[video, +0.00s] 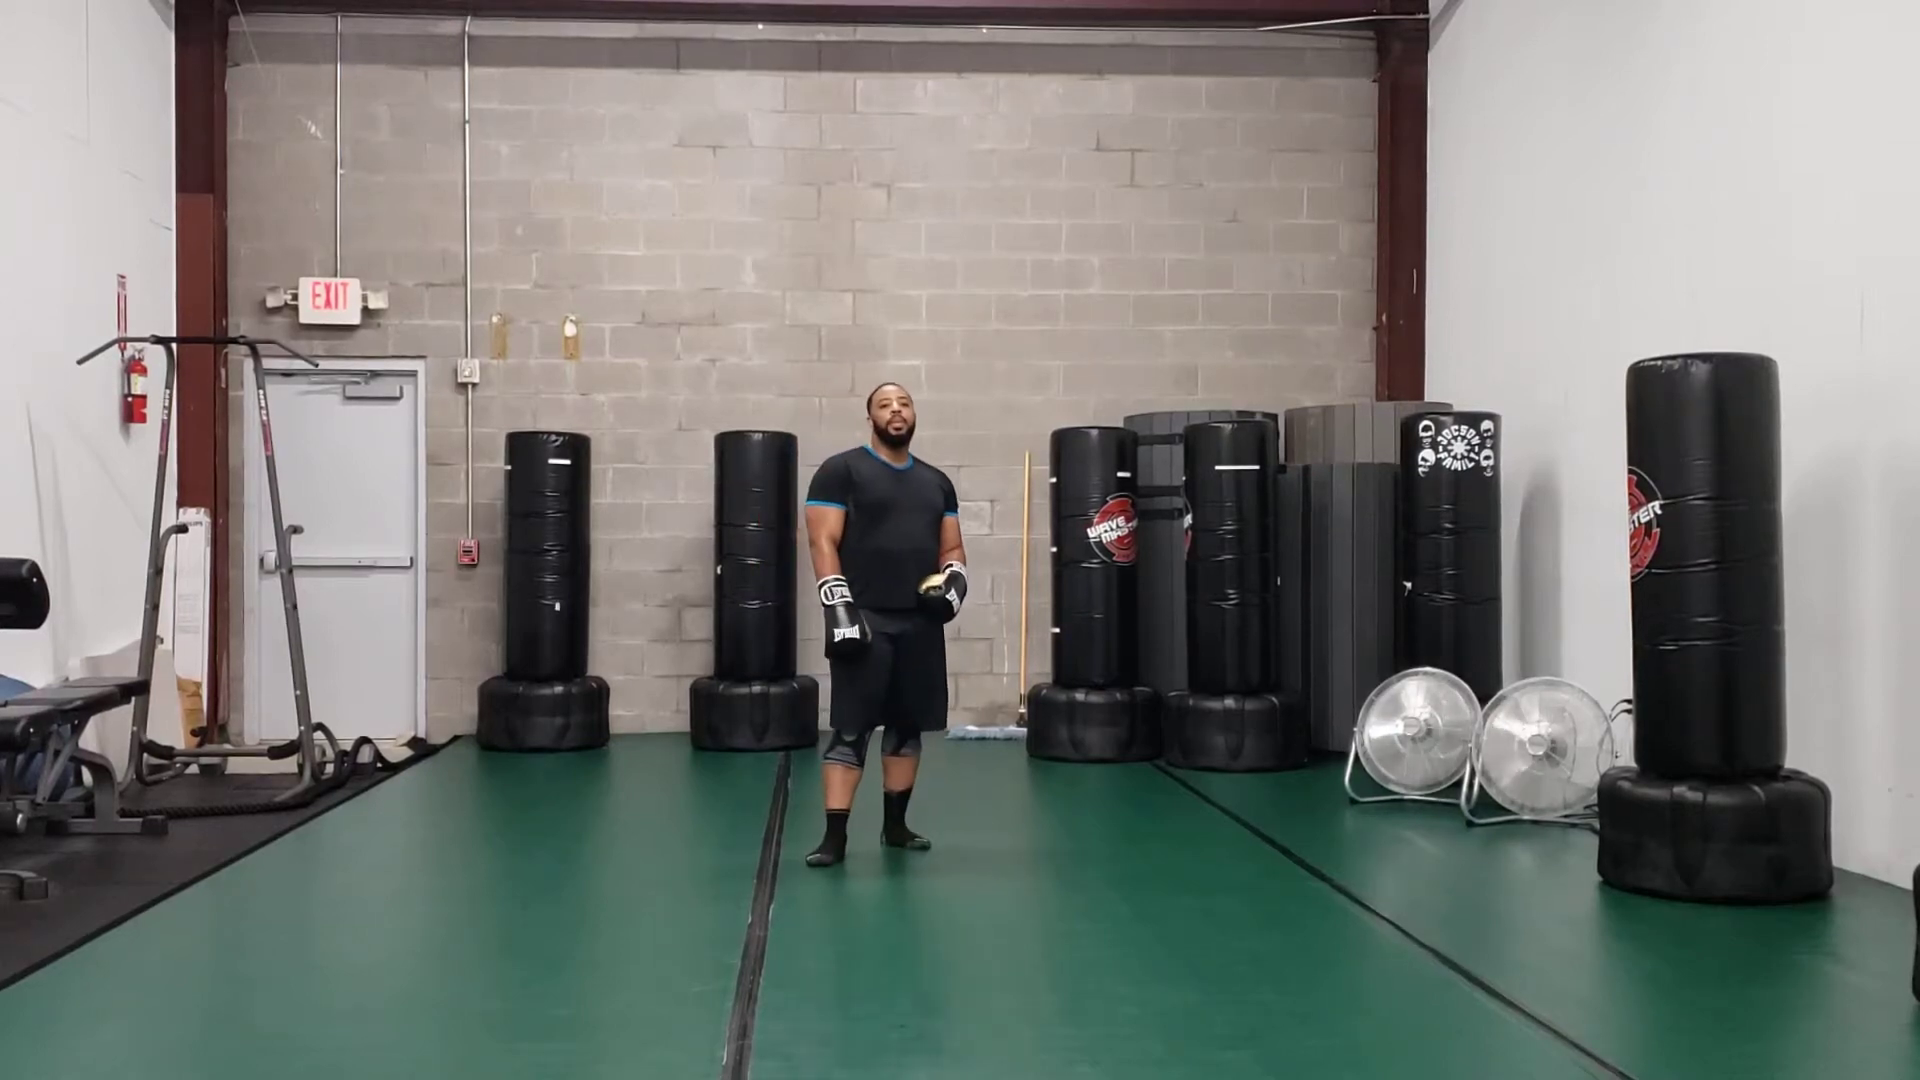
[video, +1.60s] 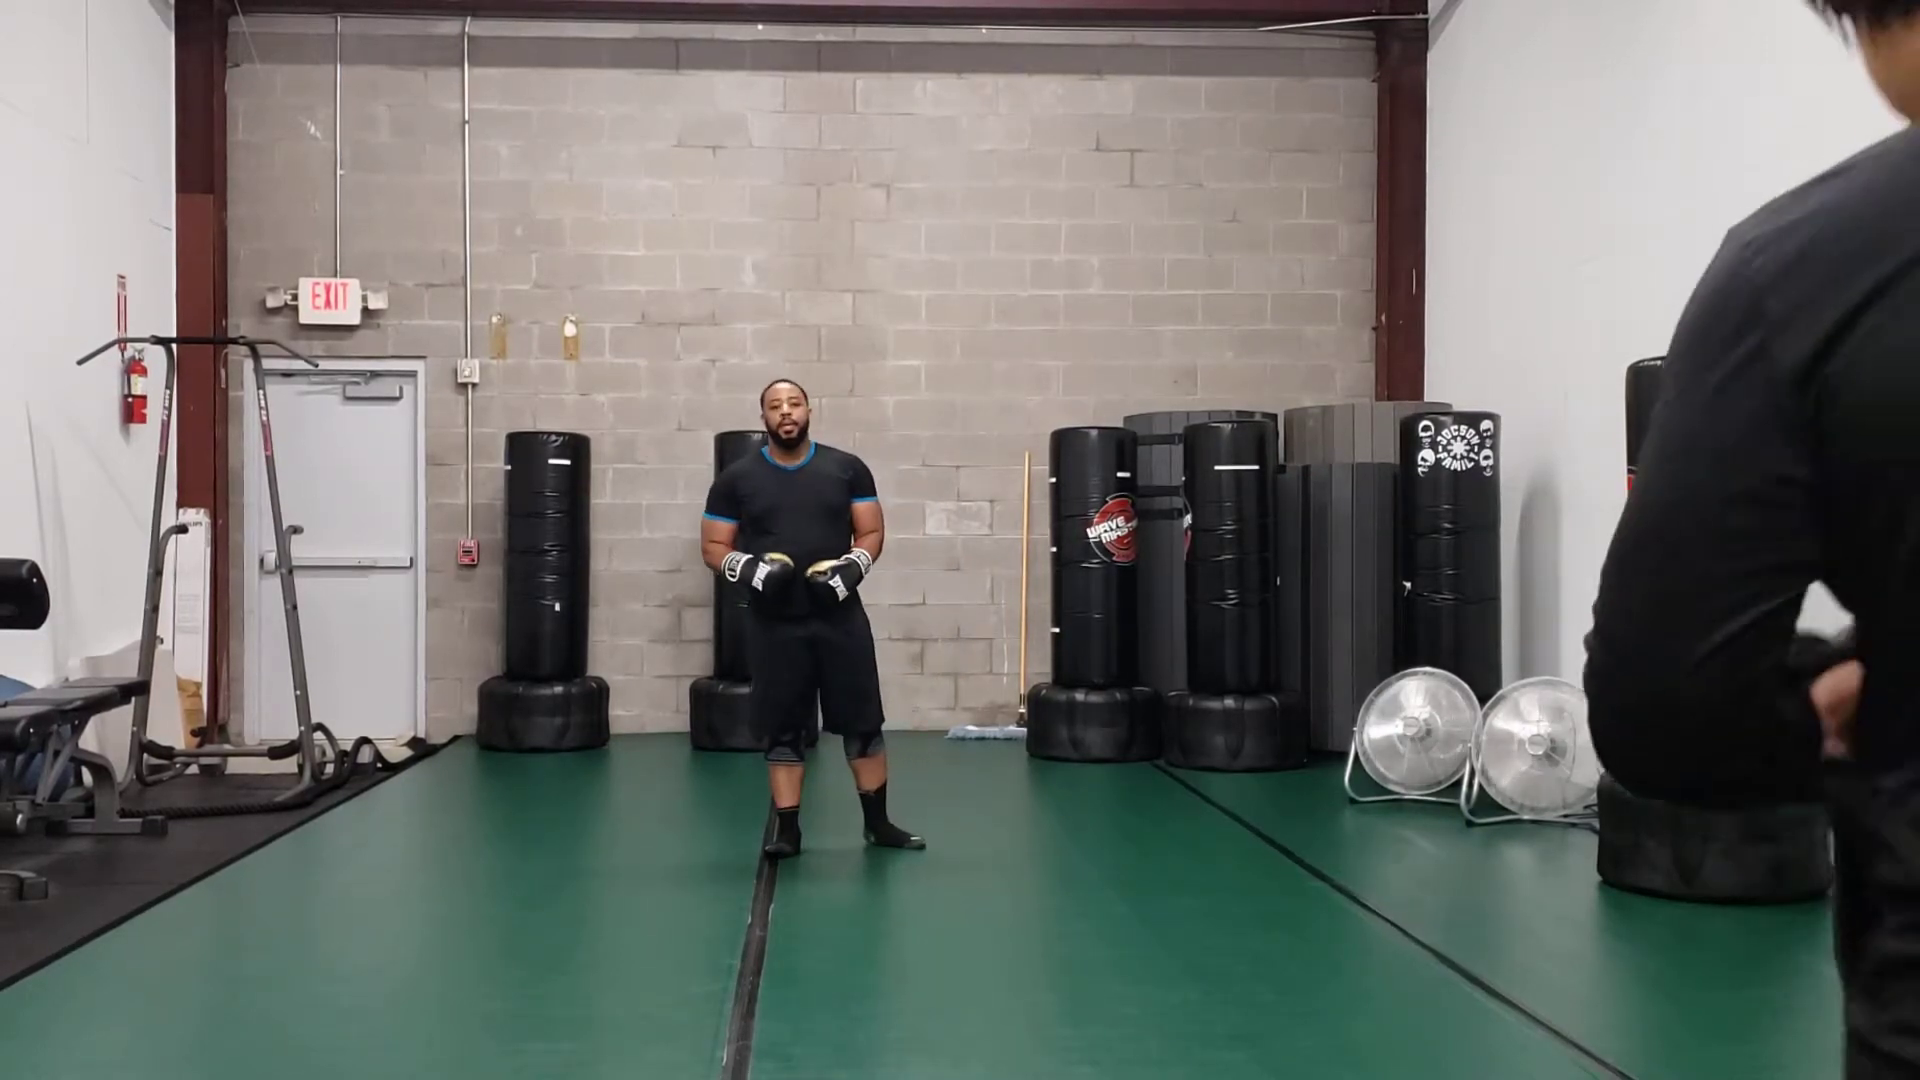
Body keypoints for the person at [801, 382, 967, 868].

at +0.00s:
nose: (896, 409)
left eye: (903, 403)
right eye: (885, 404)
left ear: (915, 417)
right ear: (870, 419)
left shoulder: (937, 482)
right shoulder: (841, 471)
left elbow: (951, 548)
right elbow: (822, 542)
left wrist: (952, 580)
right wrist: (838, 607)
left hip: (919, 621)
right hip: (861, 620)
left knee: (906, 727)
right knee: (850, 729)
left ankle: (895, 826)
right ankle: (833, 838)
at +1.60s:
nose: (786, 413)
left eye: (794, 404)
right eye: (776, 407)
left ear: (809, 412)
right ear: (763, 419)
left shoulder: (847, 469)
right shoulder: (737, 479)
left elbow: (872, 534)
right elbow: (714, 547)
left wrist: (852, 567)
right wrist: (749, 569)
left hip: (840, 617)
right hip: (775, 621)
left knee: (863, 722)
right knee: (783, 730)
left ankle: (878, 823)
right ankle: (786, 833)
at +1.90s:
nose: (775, 433)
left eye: (783, 421)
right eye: (764, 425)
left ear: (798, 417)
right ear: (752, 427)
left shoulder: (841, 469)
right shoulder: (730, 482)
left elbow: (867, 533)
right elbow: (708, 551)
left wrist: (840, 564)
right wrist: (727, 542)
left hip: (835, 620)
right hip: (769, 625)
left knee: (862, 720)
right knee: (780, 729)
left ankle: (878, 821)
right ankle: (786, 832)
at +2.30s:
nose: (785, 437)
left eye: (793, 426)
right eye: (773, 428)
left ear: (805, 419)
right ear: (757, 425)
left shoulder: (841, 470)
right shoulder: (730, 482)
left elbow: (866, 532)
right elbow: (708, 550)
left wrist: (851, 569)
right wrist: (738, 546)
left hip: (839, 623)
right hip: (771, 628)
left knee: (865, 725)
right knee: (780, 733)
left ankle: (878, 823)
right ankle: (786, 831)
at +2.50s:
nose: (800, 438)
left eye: (808, 427)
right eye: (789, 429)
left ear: (819, 422)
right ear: (772, 424)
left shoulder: (852, 472)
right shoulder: (741, 479)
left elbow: (875, 536)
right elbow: (718, 550)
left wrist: (863, 574)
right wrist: (755, 542)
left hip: (843, 623)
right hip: (776, 627)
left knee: (858, 728)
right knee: (783, 734)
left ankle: (870, 838)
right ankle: (787, 832)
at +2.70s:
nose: (822, 437)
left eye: (831, 427)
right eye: (812, 427)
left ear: (844, 423)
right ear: (795, 421)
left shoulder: (872, 476)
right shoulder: (762, 473)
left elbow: (893, 542)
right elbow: (732, 546)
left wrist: (884, 575)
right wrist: (771, 534)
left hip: (857, 629)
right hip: (789, 630)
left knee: (865, 739)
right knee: (790, 741)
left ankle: (869, 844)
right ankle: (787, 835)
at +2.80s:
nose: (834, 434)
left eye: (844, 425)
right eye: (825, 423)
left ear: (857, 423)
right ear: (808, 417)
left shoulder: (883, 477)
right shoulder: (770, 472)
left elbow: (903, 543)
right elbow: (739, 543)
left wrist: (893, 574)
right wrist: (776, 532)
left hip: (864, 630)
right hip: (796, 631)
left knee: (871, 740)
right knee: (792, 742)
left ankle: (869, 846)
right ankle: (788, 835)